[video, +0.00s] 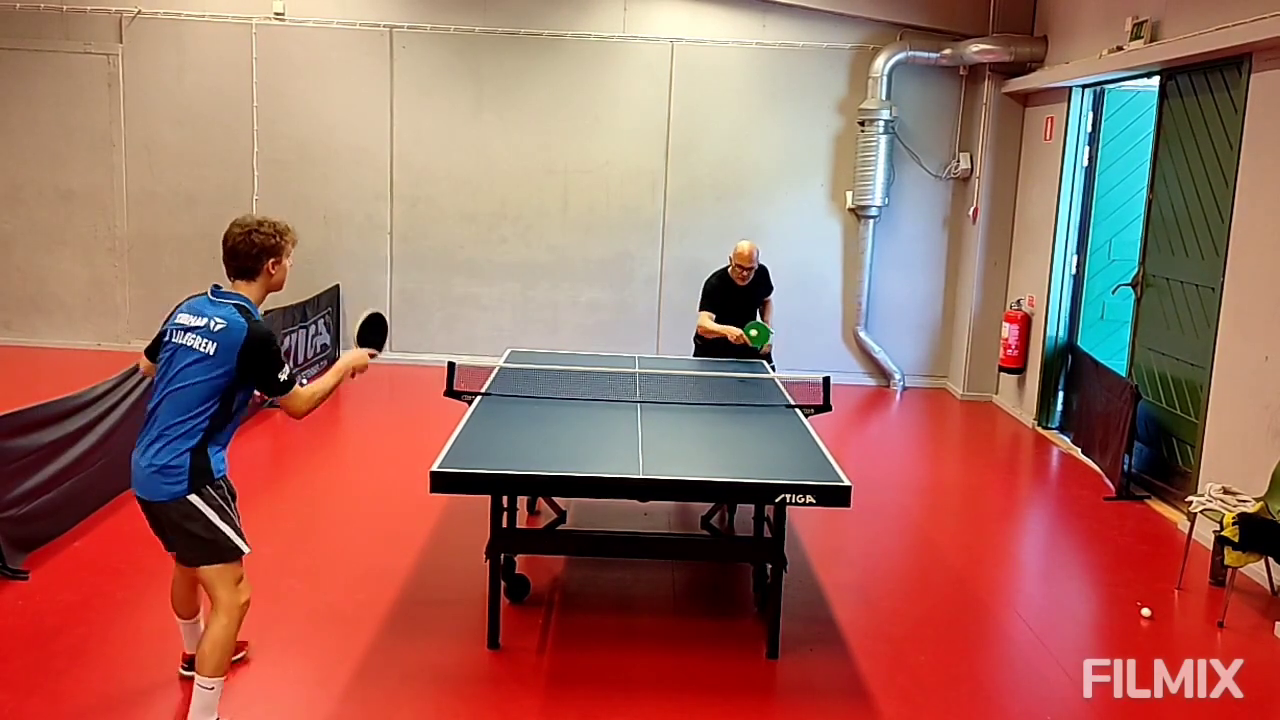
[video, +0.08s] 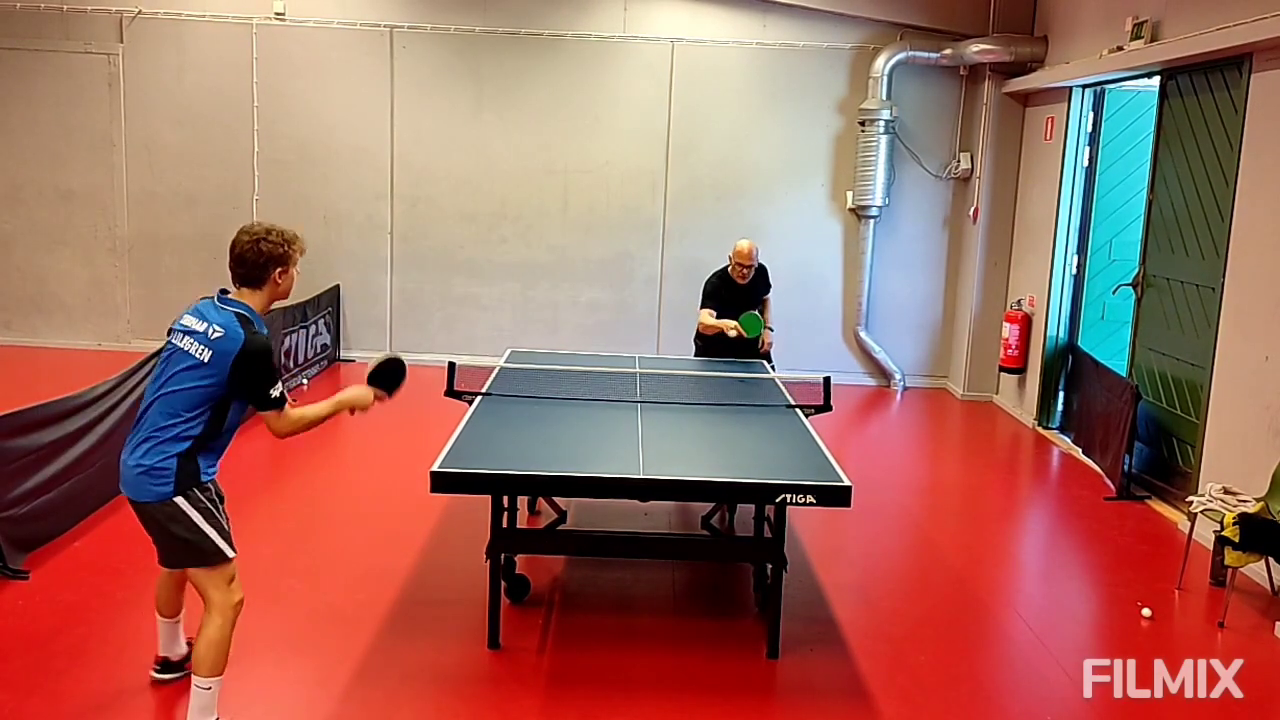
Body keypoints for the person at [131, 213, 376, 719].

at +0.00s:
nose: (288, 268)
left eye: (286, 259)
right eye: (285, 259)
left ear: (232, 263)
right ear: (269, 267)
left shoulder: (191, 305)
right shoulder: (252, 331)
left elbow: (149, 363)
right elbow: (298, 403)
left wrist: (215, 382)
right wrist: (344, 364)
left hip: (150, 471)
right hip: (187, 480)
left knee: (188, 563)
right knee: (231, 599)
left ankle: (195, 653)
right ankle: (202, 715)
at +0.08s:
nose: (293, 279)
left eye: (294, 270)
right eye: (292, 271)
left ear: (238, 271)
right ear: (277, 277)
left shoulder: (199, 310)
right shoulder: (250, 338)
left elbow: (181, 384)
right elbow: (282, 423)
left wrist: (263, 393)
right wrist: (345, 400)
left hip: (140, 467)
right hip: (175, 481)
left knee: (176, 561)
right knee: (225, 599)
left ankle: (170, 655)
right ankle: (202, 715)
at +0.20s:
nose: (306, 314)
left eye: (306, 305)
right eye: (304, 306)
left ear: (257, 302)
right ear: (285, 312)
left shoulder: (226, 331)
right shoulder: (234, 376)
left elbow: (237, 389)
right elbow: (233, 469)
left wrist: (292, 404)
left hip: (130, 464)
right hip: (143, 483)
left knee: (152, 563)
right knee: (210, 598)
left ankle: (107, 653)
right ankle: (201, 716)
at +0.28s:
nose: (304, 342)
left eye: (305, 333)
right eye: (303, 334)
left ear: (259, 328)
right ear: (284, 341)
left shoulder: (242, 353)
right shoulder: (219, 400)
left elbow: (264, 396)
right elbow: (203, 492)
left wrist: (311, 419)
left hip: (142, 473)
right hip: (132, 489)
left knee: (144, 571)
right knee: (208, 599)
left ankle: (77, 654)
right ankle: (200, 716)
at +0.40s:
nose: (304, 400)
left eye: (303, 393)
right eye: (300, 394)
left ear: (267, 393)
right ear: (274, 401)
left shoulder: (256, 406)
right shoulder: (186, 447)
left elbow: (312, 428)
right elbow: (129, 516)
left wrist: (341, 461)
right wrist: (88, 573)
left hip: (157, 494)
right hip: (122, 501)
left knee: (143, 583)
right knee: (209, 598)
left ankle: (67, 658)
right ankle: (198, 714)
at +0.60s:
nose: (319, 408)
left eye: (319, 400)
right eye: (314, 403)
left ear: (282, 407)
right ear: (283, 409)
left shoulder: (271, 415)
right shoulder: (189, 441)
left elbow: (301, 412)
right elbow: (132, 502)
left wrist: (318, 448)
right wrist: (93, 573)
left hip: (190, 508)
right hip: (156, 513)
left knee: (157, 582)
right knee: (241, 611)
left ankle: (85, 636)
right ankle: (204, 714)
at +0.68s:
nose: (331, 380)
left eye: (330, 371)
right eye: (322, 373)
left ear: (285, 376)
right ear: (286, 379)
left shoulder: (268, 381)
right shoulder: (217, 434)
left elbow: (237, 363)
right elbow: (174, 520)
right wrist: (161, 608)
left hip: (203, 505)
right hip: (173, 515)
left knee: (199, 572)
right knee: (264, 620)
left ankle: (101, 629)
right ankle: (208, 714)